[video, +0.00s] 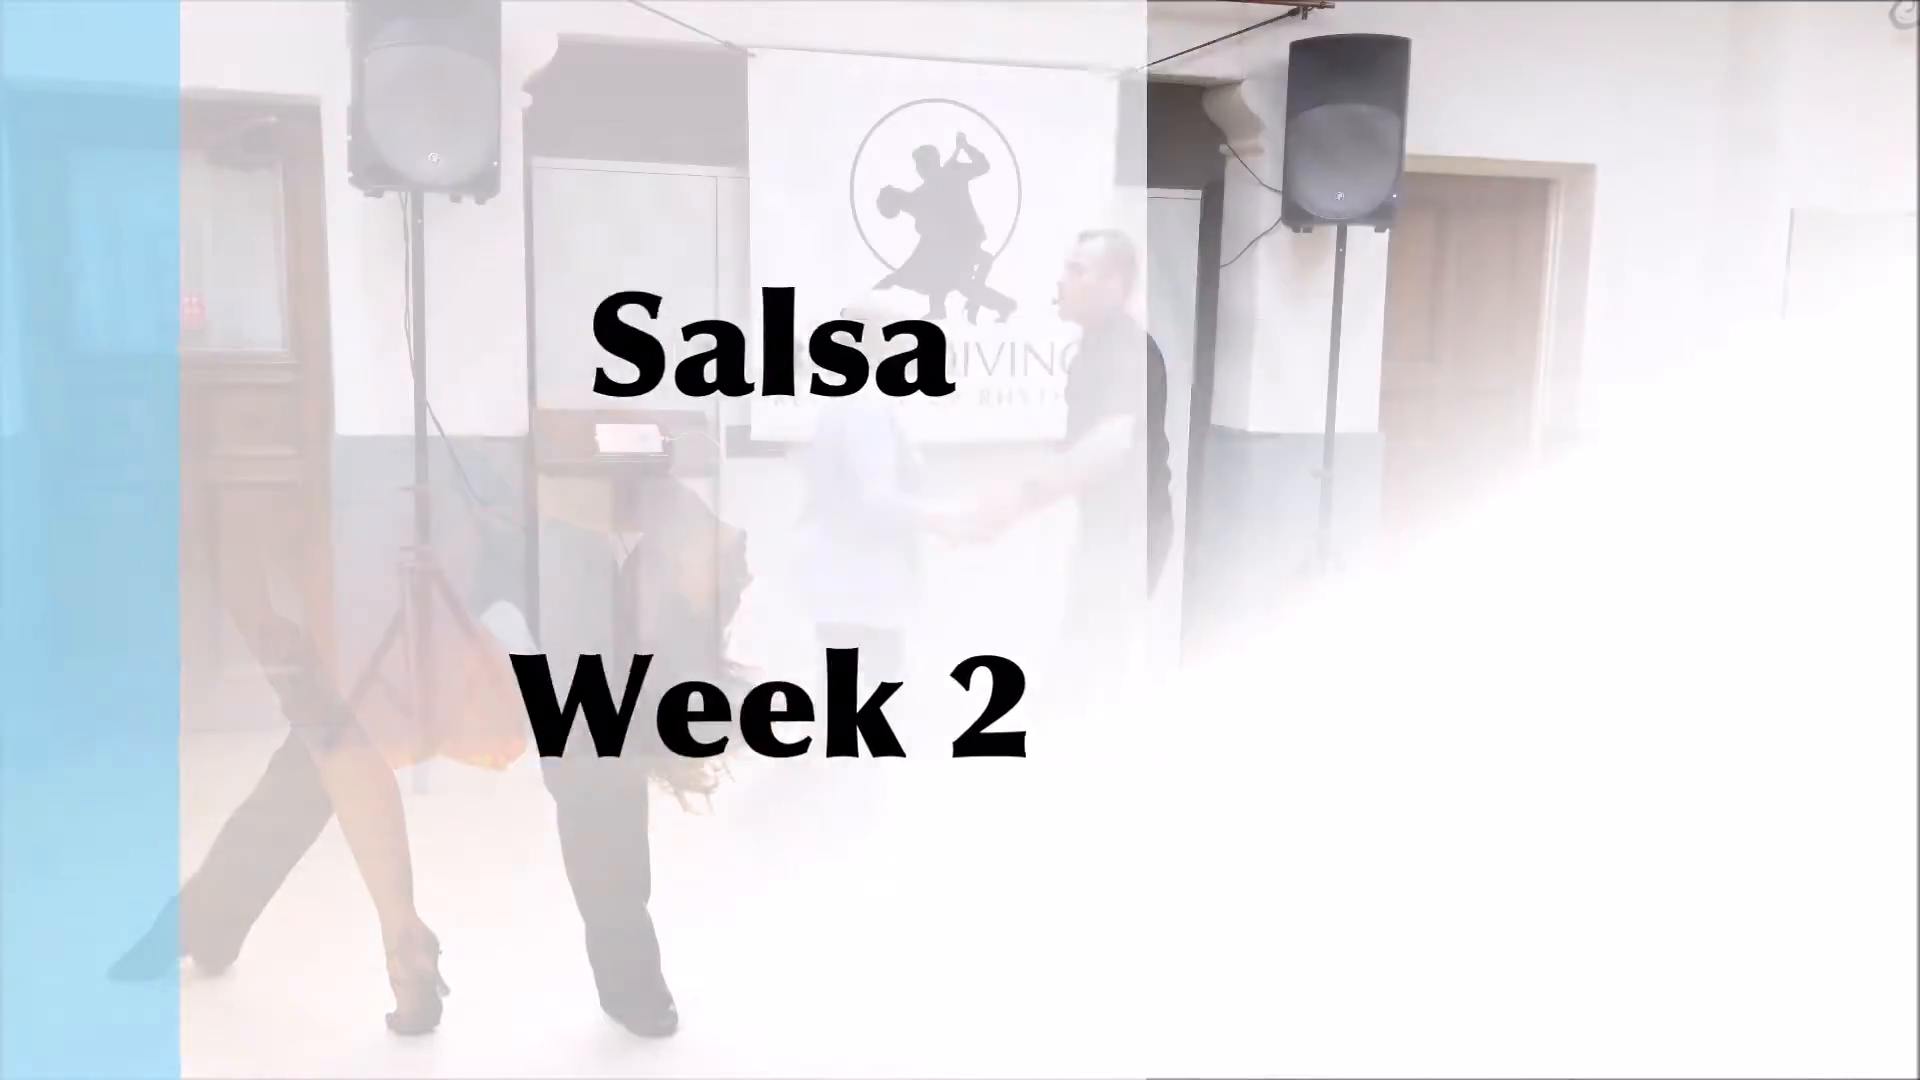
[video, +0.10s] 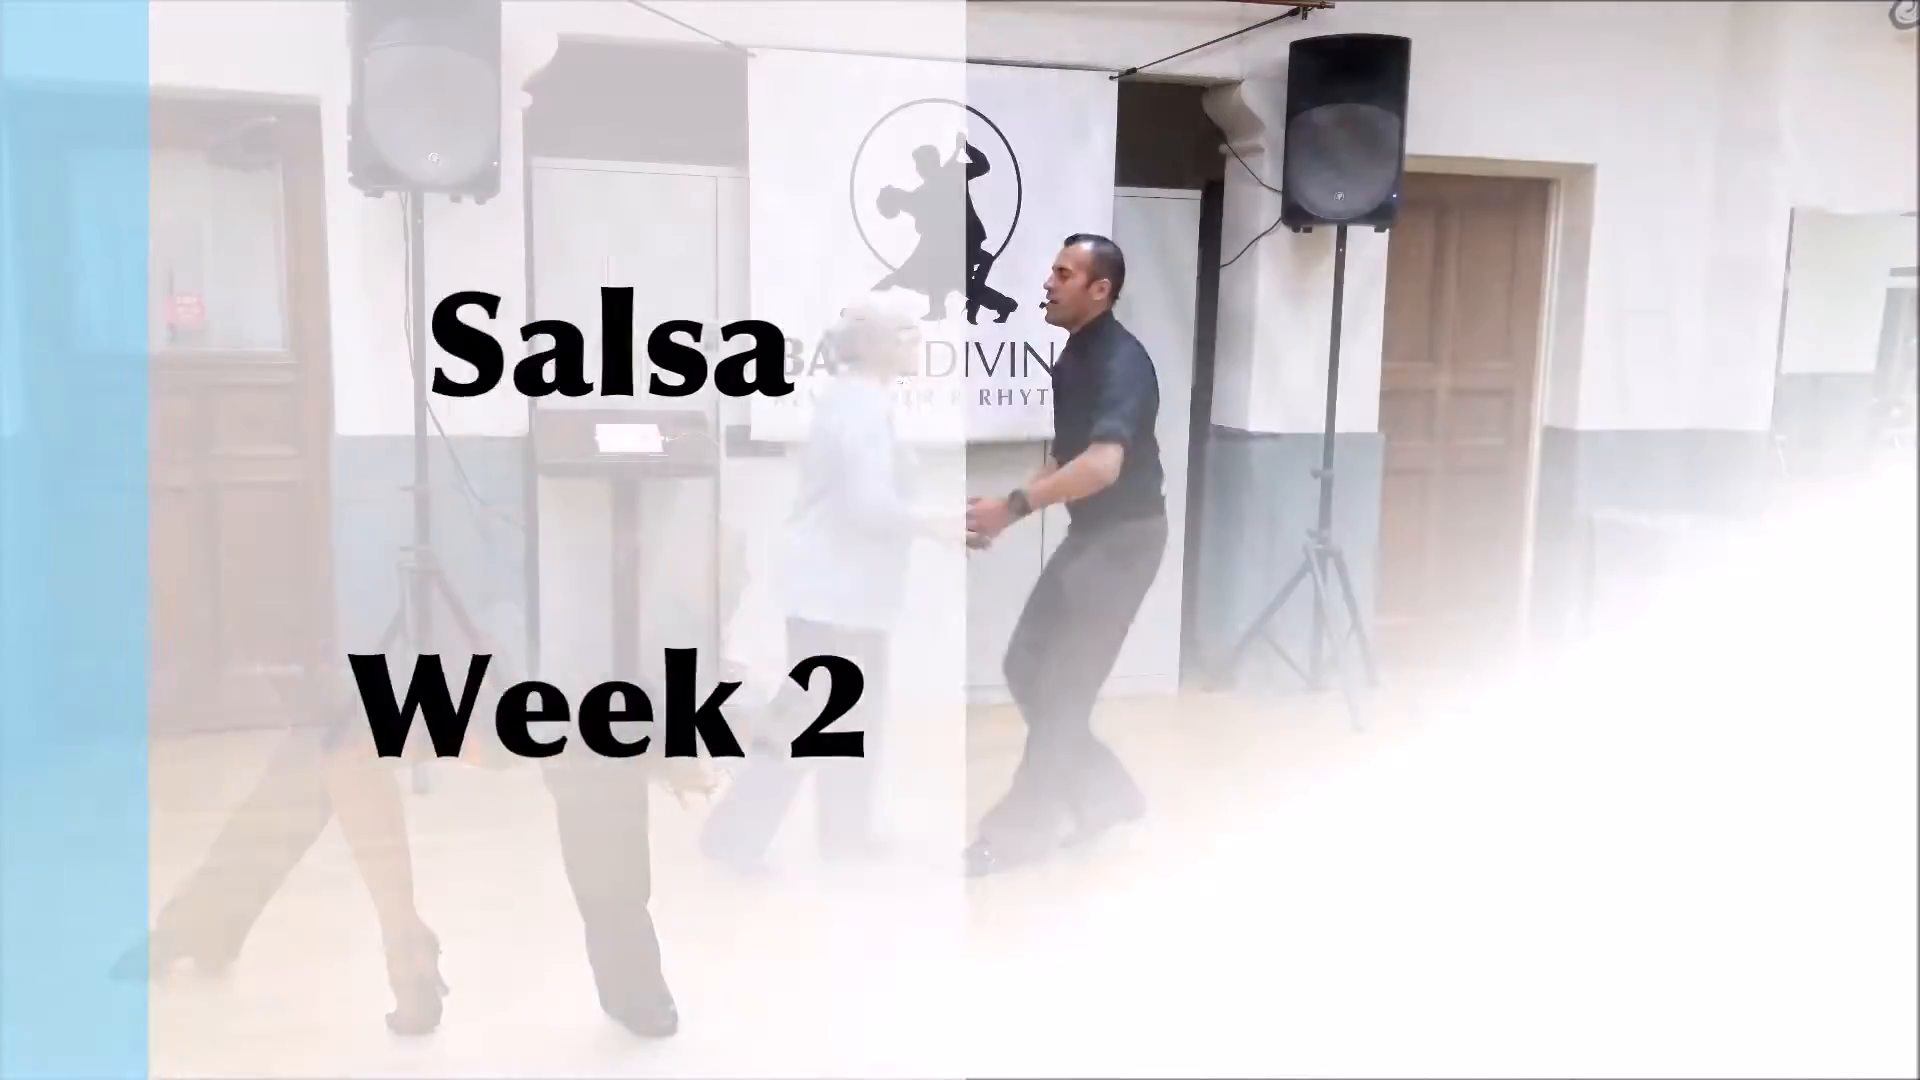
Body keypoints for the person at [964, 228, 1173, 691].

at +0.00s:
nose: (1060, 280)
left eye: (1076, 271)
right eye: (1065, 268)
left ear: (1112, 284)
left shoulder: (1124, 344)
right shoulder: (1096, 347)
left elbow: (1116, 443)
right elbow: (1086, 449)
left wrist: (1017, 499)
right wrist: (1010, 504)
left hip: (1128, 518)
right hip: (1106, 514)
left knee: (1103, 649)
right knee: (1085, 647)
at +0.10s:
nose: (1048, 283)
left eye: (1063, 275)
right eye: (1052, 272)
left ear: (1100, 289)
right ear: (1080, 286)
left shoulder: (1121, 359)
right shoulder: (1074, 354)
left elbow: (1104, 465)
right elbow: (1067, 455)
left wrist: (1014, 505)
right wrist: (1008, 508)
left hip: (1124, 537)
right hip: (1087, 532)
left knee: (1065, 682)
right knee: (1025, 666)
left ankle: (1019, 833)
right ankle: (1107, 797)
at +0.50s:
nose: (1079, 278)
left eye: (1093, 270)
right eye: (1082, 267)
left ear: (1130, 283)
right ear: (1114, 281)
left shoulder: (1154, 359)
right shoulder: (1096, 350)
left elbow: (1160, 475)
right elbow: (1087, 450)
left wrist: (1075, 533)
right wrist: (1010, 474)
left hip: (1151, 526)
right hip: (1110, 521)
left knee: (1077, 661)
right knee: (1069, 661)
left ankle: (1099, 815)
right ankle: (1071, 816)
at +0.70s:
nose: (1116, 277)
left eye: (1129, 267)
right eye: (1119, 266)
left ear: (1166, 278)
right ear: (1152, 278)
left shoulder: (1184, 343)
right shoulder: (1144, 350)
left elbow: (1212, 429)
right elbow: (1129, 455)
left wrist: (1124, 497)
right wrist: (1054, 480)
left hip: (1181, 531)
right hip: (1146, 528)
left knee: (1159, 675)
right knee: (1113, 671)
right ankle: (1096, 817)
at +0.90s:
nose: (1160, 279)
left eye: (1175, 271)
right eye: (1163, 268)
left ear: (1212, 283)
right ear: (1189, 282)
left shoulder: (1230, 344)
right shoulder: (1183, 356)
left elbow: (1257, 419)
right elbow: (1167, 462)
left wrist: (1172, 471)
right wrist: (1098, 500)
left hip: (1253, 534)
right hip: (1206, 532)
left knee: (1260, 674)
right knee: (1166, 668)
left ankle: (1291, 819)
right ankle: (1121, 804)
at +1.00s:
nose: (1183, 283)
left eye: (1198, 274)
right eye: (1185, 272)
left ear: (1235, 285)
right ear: (1212, 283)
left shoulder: (1264, 355)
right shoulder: (1201, 360)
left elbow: (1274, 454)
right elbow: (1188, 456)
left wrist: (1183, 486)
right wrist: (1141, 495)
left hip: (1275, 535)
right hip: (1219, 536)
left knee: (1282, 678)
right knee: (1176, 652)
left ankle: (1294, 822)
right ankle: (1185, 799)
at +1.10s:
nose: (1205, 279)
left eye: (1220, 272)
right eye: (1206, 269)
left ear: (1257, 285)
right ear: (1215, 282)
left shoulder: (1284, 360)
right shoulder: (1213, 357)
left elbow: (1279, 474)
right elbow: (1204, 455)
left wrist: (1183, 500)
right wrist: (1149, 488)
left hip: (1296, 534)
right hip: (1237, 532)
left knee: (1299, 678)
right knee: (1207, 665)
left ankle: (1297, 823)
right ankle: (1276, 786)